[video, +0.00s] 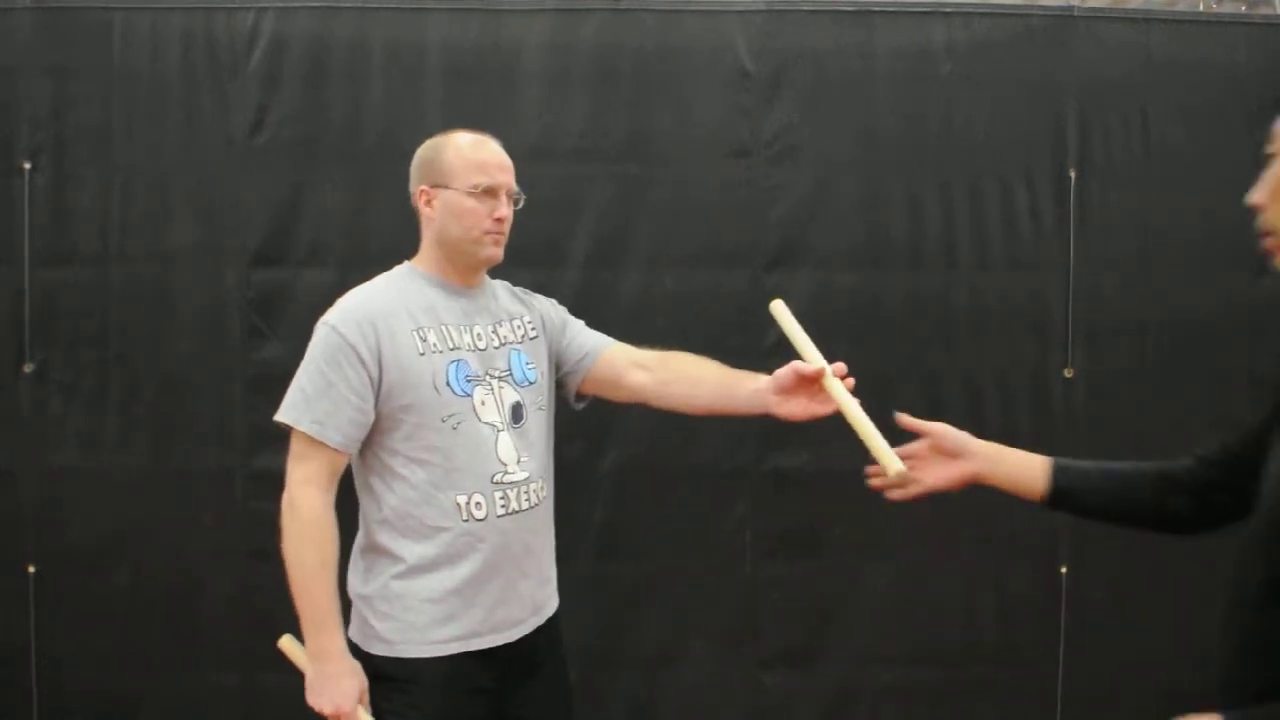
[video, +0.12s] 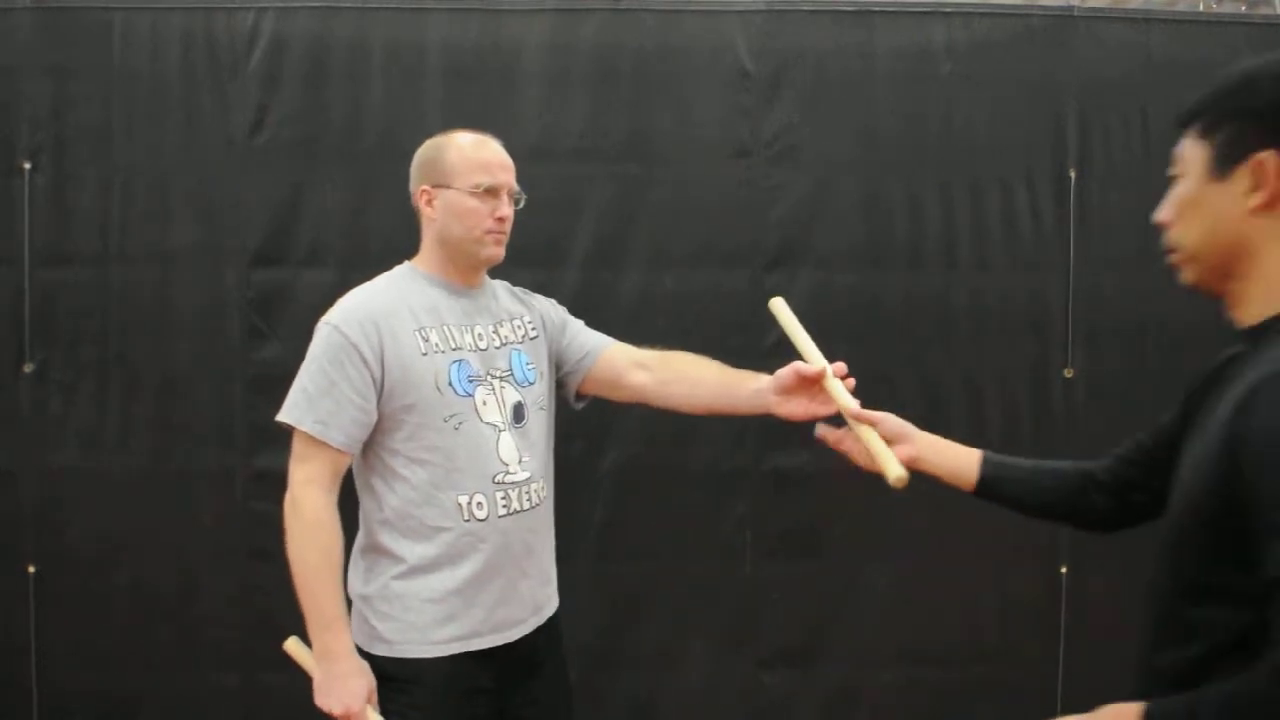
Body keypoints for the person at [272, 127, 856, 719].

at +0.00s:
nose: (505, 212)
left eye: (510, 196)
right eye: (485, 194)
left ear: (513, 205)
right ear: (426, 201)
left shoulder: (530, 315)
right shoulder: (361, 323)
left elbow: (640, 372)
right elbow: (307, 490)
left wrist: (766, 394)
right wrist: (327, 653)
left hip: (530, 635)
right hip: (415, 654)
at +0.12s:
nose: (507, 211)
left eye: (511, 196)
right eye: (487, 193)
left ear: (514, 205)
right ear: (426, 200)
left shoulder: (530, 315)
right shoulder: (361, 323)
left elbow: (640, 372)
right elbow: (310, 491)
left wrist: (768, 393)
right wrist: (335, 656)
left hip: (530, 635)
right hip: (416, 654)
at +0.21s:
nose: (506, 211)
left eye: (511, 196)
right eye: (486, 193)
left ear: (515, 206)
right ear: (427, 200)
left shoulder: (529, 315)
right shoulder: (362, 323)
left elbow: (639, 373)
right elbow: (311, 491)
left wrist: (768, 393)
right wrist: (338, 657)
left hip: (530, 635)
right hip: (416, 654)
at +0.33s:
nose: (507, 211)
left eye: (512, 195)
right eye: (487, 192)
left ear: (516, 204)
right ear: (428, 200)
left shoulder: (529, 316)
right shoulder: (363, 323)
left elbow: (639, 374)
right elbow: (311, 492)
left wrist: (764, 393)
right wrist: (339, 659)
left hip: (529, 638)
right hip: (417, 657)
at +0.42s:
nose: (507, 212)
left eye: (511, 197)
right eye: (487, 194)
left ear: (513, 208)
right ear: (427, 201)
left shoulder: (527, 317)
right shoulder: (362, 324)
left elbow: (641, 378)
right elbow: (310, 495)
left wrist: (762, 398)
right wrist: (340, 662)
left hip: (529, 640)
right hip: (416, 658)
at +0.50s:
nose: (503, 210)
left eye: (508, 195)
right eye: (483, 192)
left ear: (511, 205)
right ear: (423, 200)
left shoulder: (523, 318)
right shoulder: (358, 324)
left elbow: (634, 388)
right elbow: (305, 497)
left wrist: (751, 414)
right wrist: (339, 665)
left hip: (526, 644)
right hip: (413, 662)